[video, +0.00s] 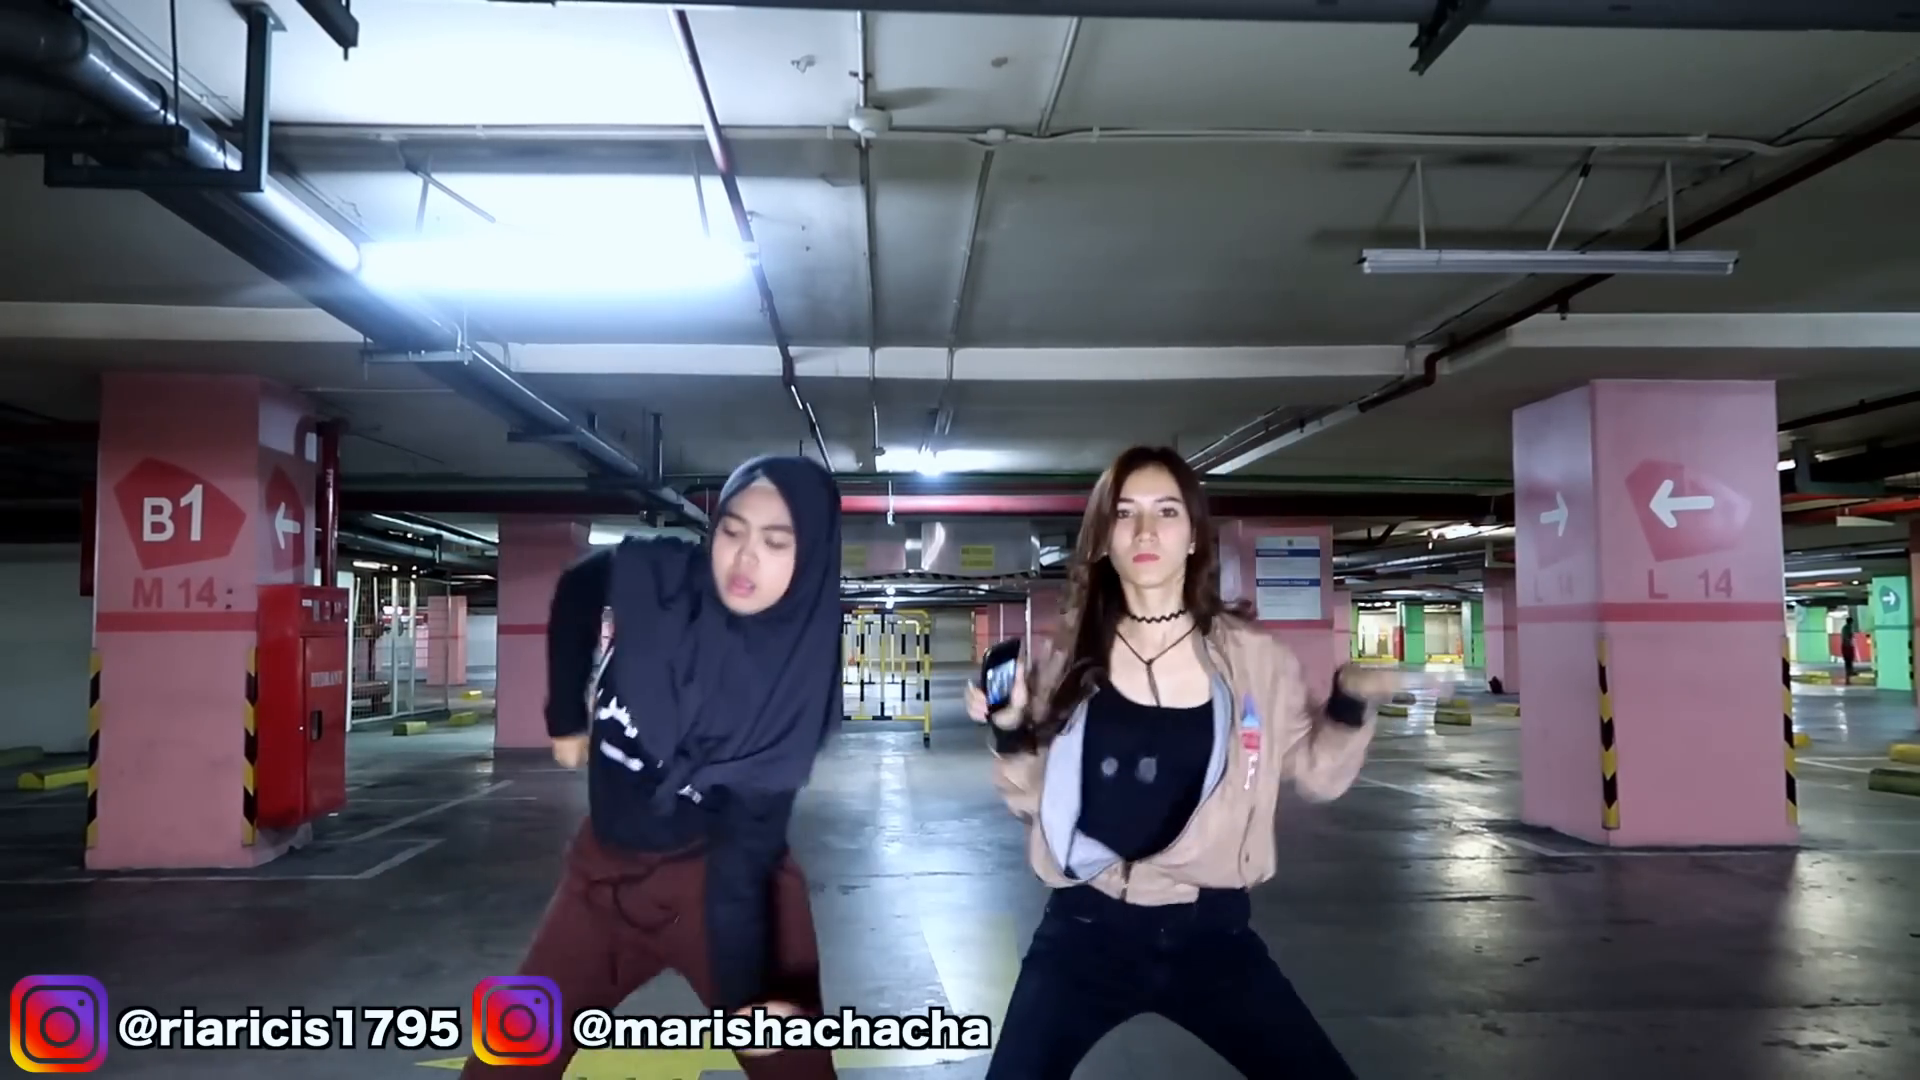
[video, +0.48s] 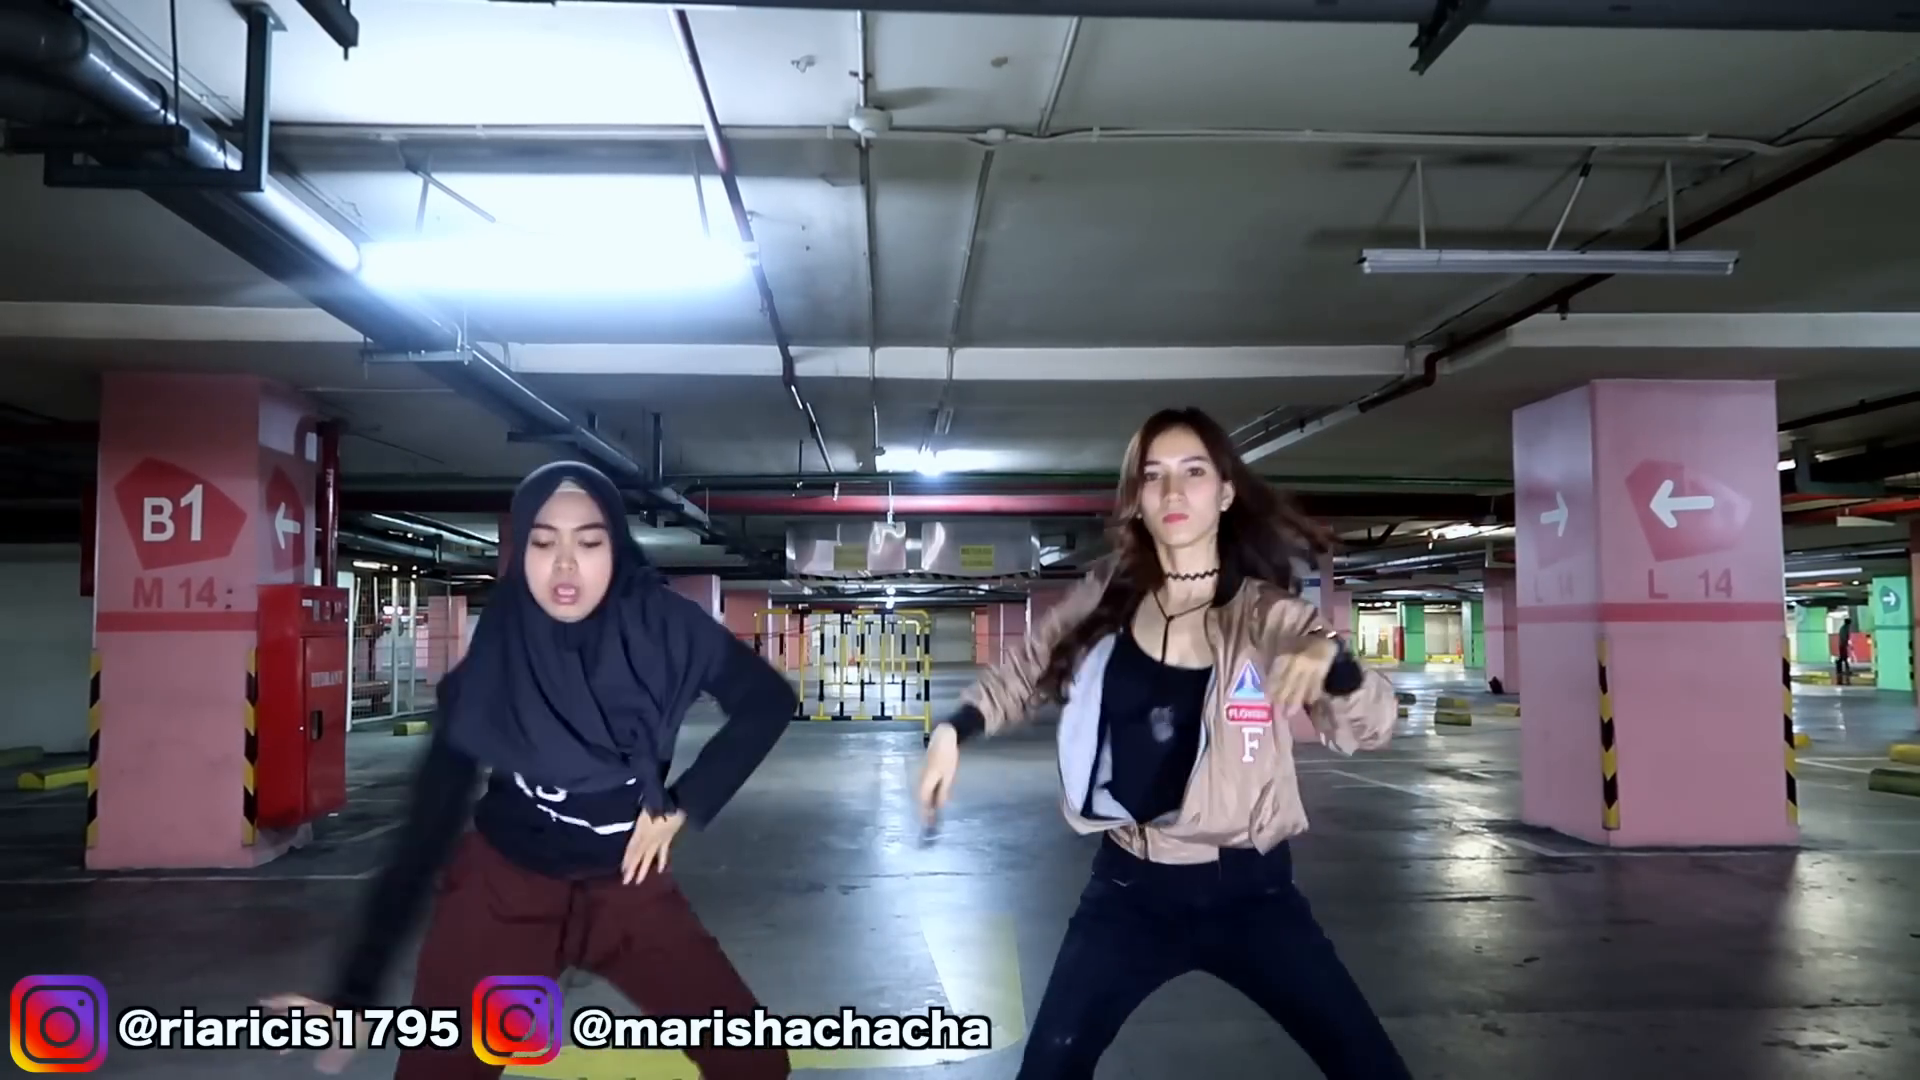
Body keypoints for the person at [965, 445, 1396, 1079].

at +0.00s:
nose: (1144, 531)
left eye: (1166, 513)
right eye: (1126, 513)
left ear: (1195, 536)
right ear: (1104, 537)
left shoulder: (1257, 658)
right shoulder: (1065, 657)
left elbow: (1318, 779)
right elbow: (1029, 802)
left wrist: (1352, 704)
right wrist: (1010, 728)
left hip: (1210, 936)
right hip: (1083, 934)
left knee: (1323, 1074)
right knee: (1014, 1072)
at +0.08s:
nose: (1152, 534)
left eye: (1173, 515)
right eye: (1133, 516)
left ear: (1202, 532)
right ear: (1109, 539)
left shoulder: (1281, 632)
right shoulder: (1096, 655)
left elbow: (1384, 725)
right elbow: (1077, 826)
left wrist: (1390, 642)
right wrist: (1050, 770)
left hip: (1225, 928)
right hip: (1101, 921)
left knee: (1317, 1074)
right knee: (1018, 1070)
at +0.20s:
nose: (1188, 499)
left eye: (1207, 480)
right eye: (1168, 486)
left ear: (1239, 498)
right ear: (1148, 511)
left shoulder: (1318, 600)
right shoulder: (1122, 614)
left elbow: (1449, 657)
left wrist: (1441, 593)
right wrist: (1055, 755)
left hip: (1265, 896)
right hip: (1138, 891)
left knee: (1362, 1071)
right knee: (1049, 1064)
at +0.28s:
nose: (1202, 482)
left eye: (1221, 462)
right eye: (1184, 468)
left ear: (1256, 480)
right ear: (1166, 490)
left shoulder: (1317, 595)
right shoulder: (1117, 590)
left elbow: (1439, 657)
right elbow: (1035, 649)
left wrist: (1440, 599)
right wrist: (1029, 728)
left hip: (1274, 878)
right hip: (1150, 879)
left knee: (1360, 1065)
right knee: (1067, 1062)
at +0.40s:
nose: (1186, 479)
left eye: (1207, 461)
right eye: (1169, 465)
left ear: (1242, 480)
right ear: (1152, 487)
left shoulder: (1280, 605)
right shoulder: (1101, 577)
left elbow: (1369, 712)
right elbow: (1006, 620)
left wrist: (1380, 655)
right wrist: (971, 708)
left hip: (1260, 880)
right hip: (1136, 883)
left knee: (1372, 1059)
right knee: (1066, 1066)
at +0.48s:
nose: (1171, 491)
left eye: (1192, 471)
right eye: (1154, 476)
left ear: (1227, 491)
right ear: (1137, 499)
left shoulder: (1267, 613)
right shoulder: (1103, 599)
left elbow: (1371, 729)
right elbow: (1026, 669)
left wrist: (1333, 664)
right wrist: (954, 727)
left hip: (1248, 891)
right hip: (1128, 891)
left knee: (1372, 1067)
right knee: (1049, 1065)